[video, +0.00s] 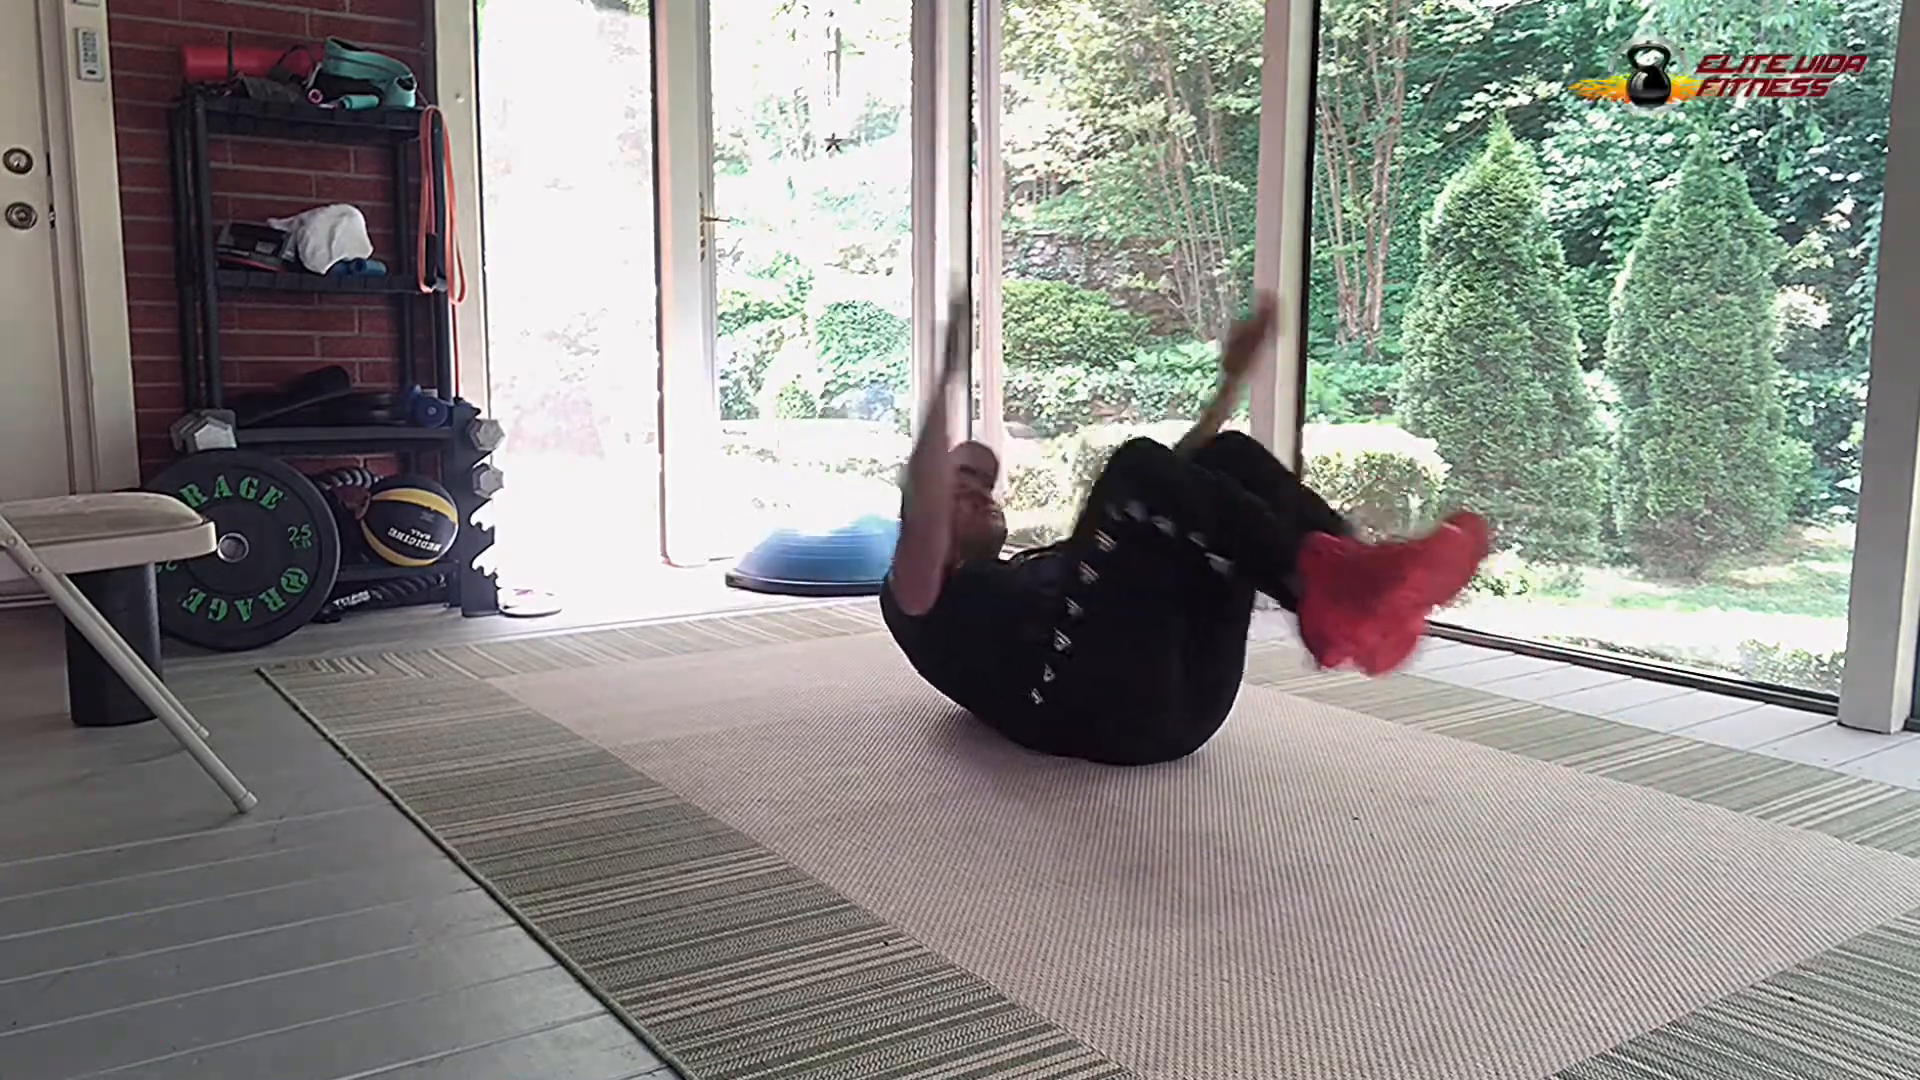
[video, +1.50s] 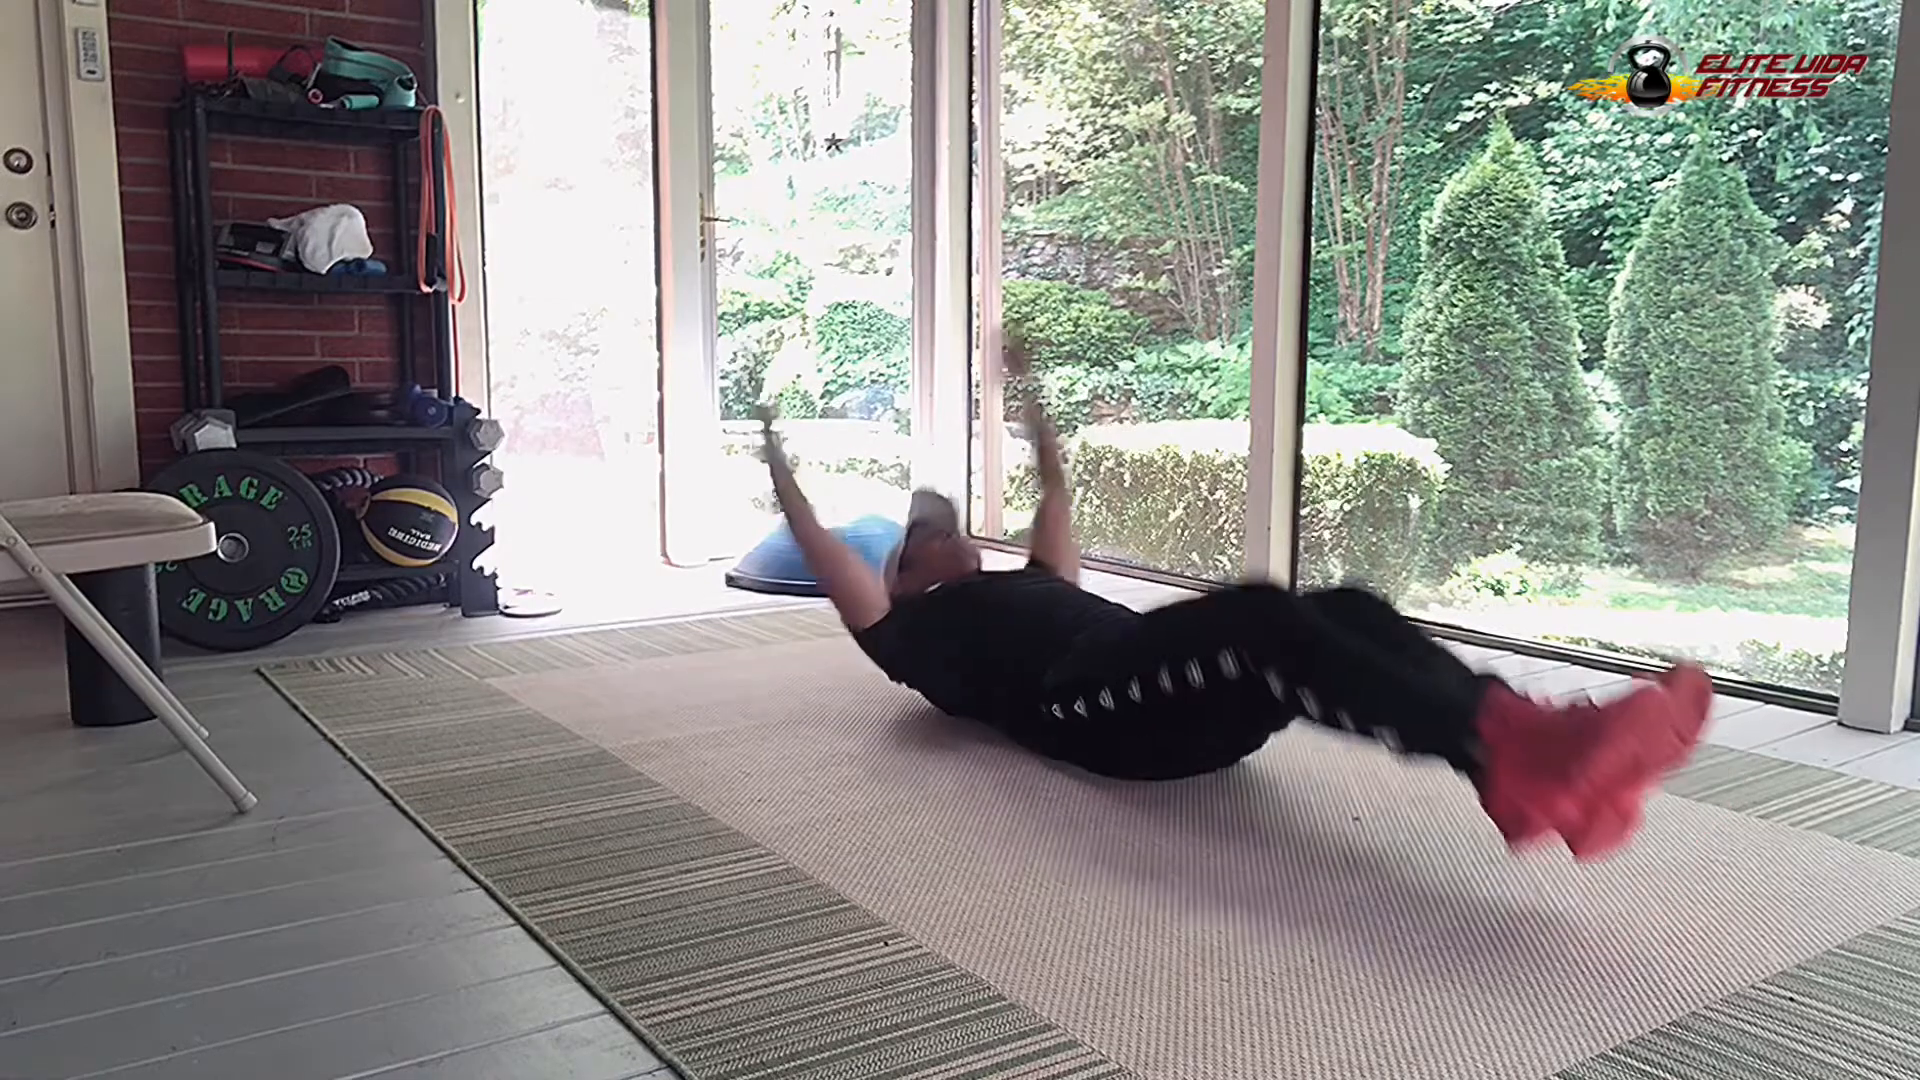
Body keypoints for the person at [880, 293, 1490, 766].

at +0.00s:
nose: (981, 496)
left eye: (989, 487)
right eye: (964, 483)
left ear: (998, 510)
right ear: (927, 502)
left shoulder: (1054, 569)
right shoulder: (923, 602)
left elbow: (1169, 482)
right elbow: (922, 490)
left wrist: (1232, 380)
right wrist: (946, 372)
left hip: (1184, 698)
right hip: (1101, 703)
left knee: (1235, 457)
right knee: (1129, 468)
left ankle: (1367, 586)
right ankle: (1324, 591)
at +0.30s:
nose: (946, 530)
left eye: (953, 522)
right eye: (922, 529)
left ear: (983, 541)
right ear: (899, 562)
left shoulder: (1048, 578)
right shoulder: (909, 617)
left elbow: (1084, 481)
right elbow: (838, 498)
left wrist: (1076, 369)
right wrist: (799, 386)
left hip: (1166, 671)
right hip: (1098, 707)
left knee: (1326, 568)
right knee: (1266, 598)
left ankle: (1518, 703)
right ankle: (1509, 698)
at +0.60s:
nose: (908, 564)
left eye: (914, 557)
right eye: (890, 569)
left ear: (943, 565)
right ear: (870, 598)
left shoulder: (999, 591)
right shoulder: (883, 634)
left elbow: (1005, 542)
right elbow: (794, 573)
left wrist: (952, 485)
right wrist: (751, 518)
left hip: (1148, 637)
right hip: (1074, 682)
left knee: (1330, 673)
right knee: (1275, 700)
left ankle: (1580, 786)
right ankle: (1546, 774)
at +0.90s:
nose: (919, 574)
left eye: (921, 570)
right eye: (901, 581)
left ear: (937, 578)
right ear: (882, 606)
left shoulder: (1008, 594)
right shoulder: (887, 648)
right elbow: (794, 631)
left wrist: (942, 557)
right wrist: (743, 601)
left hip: (1159, 637)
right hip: (1082, 680)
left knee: (1340, 695)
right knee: (1272, 737)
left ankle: (1572, 833)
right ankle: (1540, 814)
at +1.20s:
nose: (918, 578)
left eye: (923, 573)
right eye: (901, 585)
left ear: (941, 581)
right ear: (883, 607)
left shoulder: (1006, 593)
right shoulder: (888, 647)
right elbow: (776, 638)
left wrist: (956, 556)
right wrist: (746, 634)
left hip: (1155, 635)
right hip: (1079, 677)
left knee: (1339, 700)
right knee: (1278, 741)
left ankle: (1573, 838)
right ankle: (1544, 830)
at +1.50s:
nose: (949, 534)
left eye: (951, 526)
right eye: (926, 534)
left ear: (973, 545)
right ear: (897, 568)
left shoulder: (1030, 590)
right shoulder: (909, 626)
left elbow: (1055, 524)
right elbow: (824, 553)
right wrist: (784, 477)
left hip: (1174, 684)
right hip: (1098, 709)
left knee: (1345, 606)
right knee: (1265, 613)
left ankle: (1550, 772)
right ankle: (1509, 750)